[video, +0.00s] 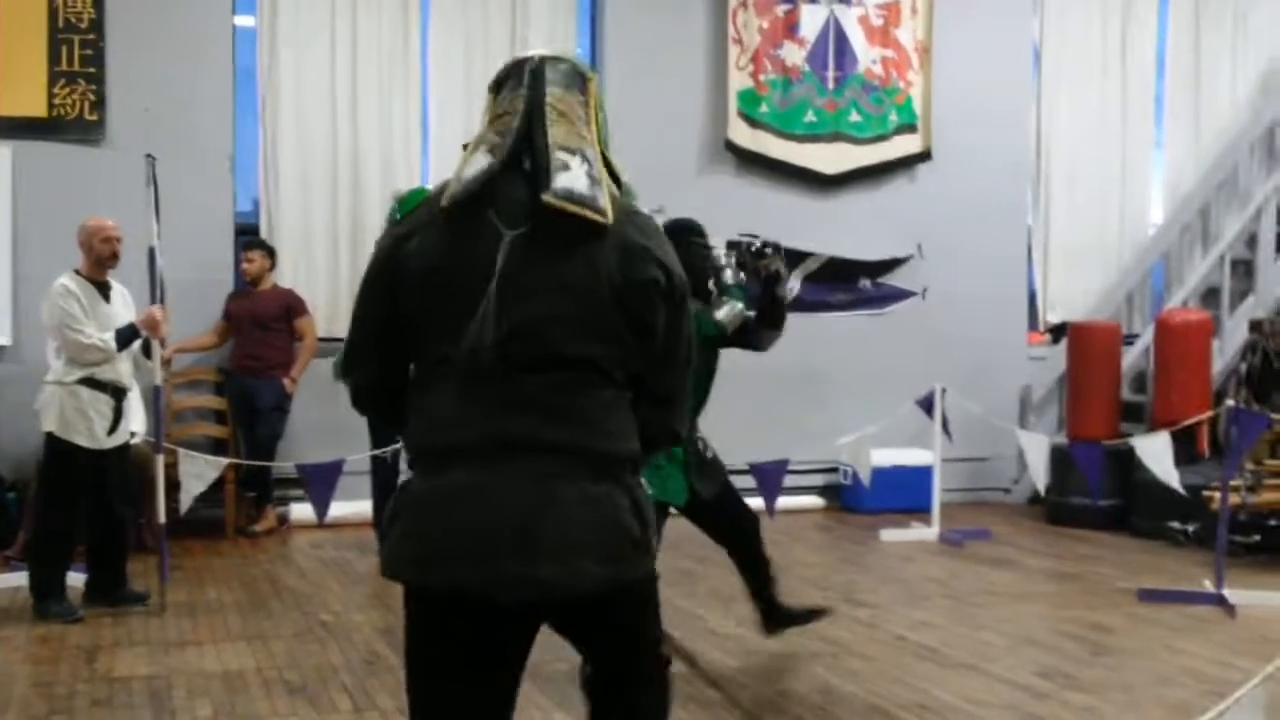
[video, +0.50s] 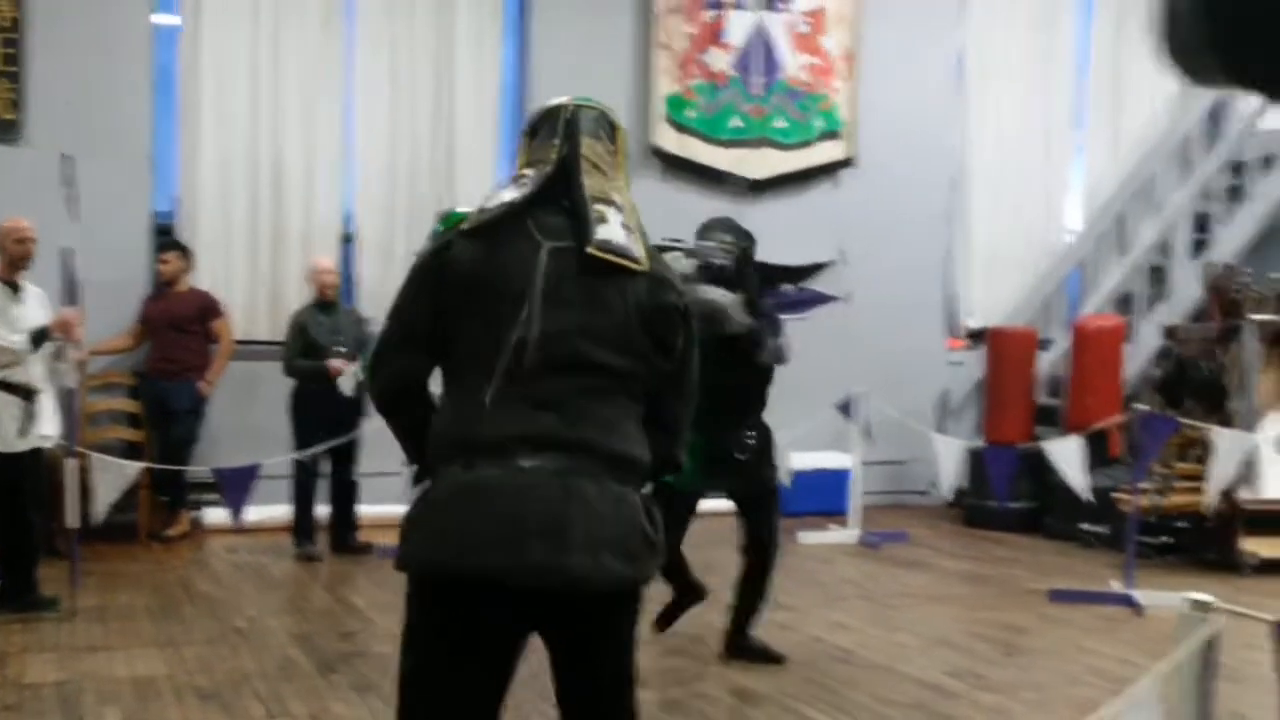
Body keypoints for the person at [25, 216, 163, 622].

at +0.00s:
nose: (116, 249)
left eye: (118, 242)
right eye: (107, 242)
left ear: (120, 247)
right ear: (85, 247)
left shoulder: (122, 294)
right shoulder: (64, 291)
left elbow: (139, 363)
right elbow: (83, 350)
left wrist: (154, 345)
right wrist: (138, 329)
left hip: (116, 415)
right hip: (73, 413)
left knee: (112, 505)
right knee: (60, 506)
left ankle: (107, 585)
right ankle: (48, 593)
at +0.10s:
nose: (108, 249)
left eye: (111, 242)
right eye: (99, 242)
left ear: (113, 247)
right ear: (78, 247)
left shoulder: (115, 295)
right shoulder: (57, 291)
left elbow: (135, 367)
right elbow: (76, 349)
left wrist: (146, 345)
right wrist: (130, 329)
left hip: (108, 414)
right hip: (66, 412)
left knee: (104, 504)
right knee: (53, 505)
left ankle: (99, 585)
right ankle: (40, 594)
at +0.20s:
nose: (80, 247)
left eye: (84, 239)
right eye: (72, 239)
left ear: (88, 245)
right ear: (54, 245)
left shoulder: (91, 294)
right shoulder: (33, 289)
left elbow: (103, 358)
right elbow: (46, 346)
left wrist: (123, 342)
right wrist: (99, 333)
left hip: (85, 413)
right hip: (40, 412)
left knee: (79, 505)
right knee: (25, 507)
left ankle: (73, 586)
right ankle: (13, 592)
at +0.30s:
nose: (59, 248)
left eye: (63, 241)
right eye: (51, 241)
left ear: (66, 248)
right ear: (30, 247)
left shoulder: (68, 295)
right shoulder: (10, 292)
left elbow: (79, 356)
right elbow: (30, 351)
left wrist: (98, 342)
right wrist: (80, 331)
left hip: (61, 417)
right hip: (19, 416)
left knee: (57, 507)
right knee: (14, 508)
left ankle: (51, 588)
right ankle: (4, 593)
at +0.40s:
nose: (44, 250)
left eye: (48, 242)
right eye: (35, 242)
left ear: (51, 248)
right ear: (14, 246)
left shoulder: (51, 295)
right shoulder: (3, 293)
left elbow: (66, 367)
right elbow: (11, 353)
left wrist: (84, 347)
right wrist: (65, 331)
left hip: (49, 418)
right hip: (11, 418)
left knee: (44, 507)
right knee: (17, 508)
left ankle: (38, 588)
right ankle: (23, 589)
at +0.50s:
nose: (28, 249)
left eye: (31, 242)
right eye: (19, 242)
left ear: (35, 247)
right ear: (2, 246)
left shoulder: (36, 296)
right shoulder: (3, 295)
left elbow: (49, 362)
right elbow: (6, 352)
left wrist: (67, 346)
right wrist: (46, 334)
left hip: (35, 423)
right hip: (7, 426)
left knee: (31, 511)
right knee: (10, 512)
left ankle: (24, 588)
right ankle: (13, 590)